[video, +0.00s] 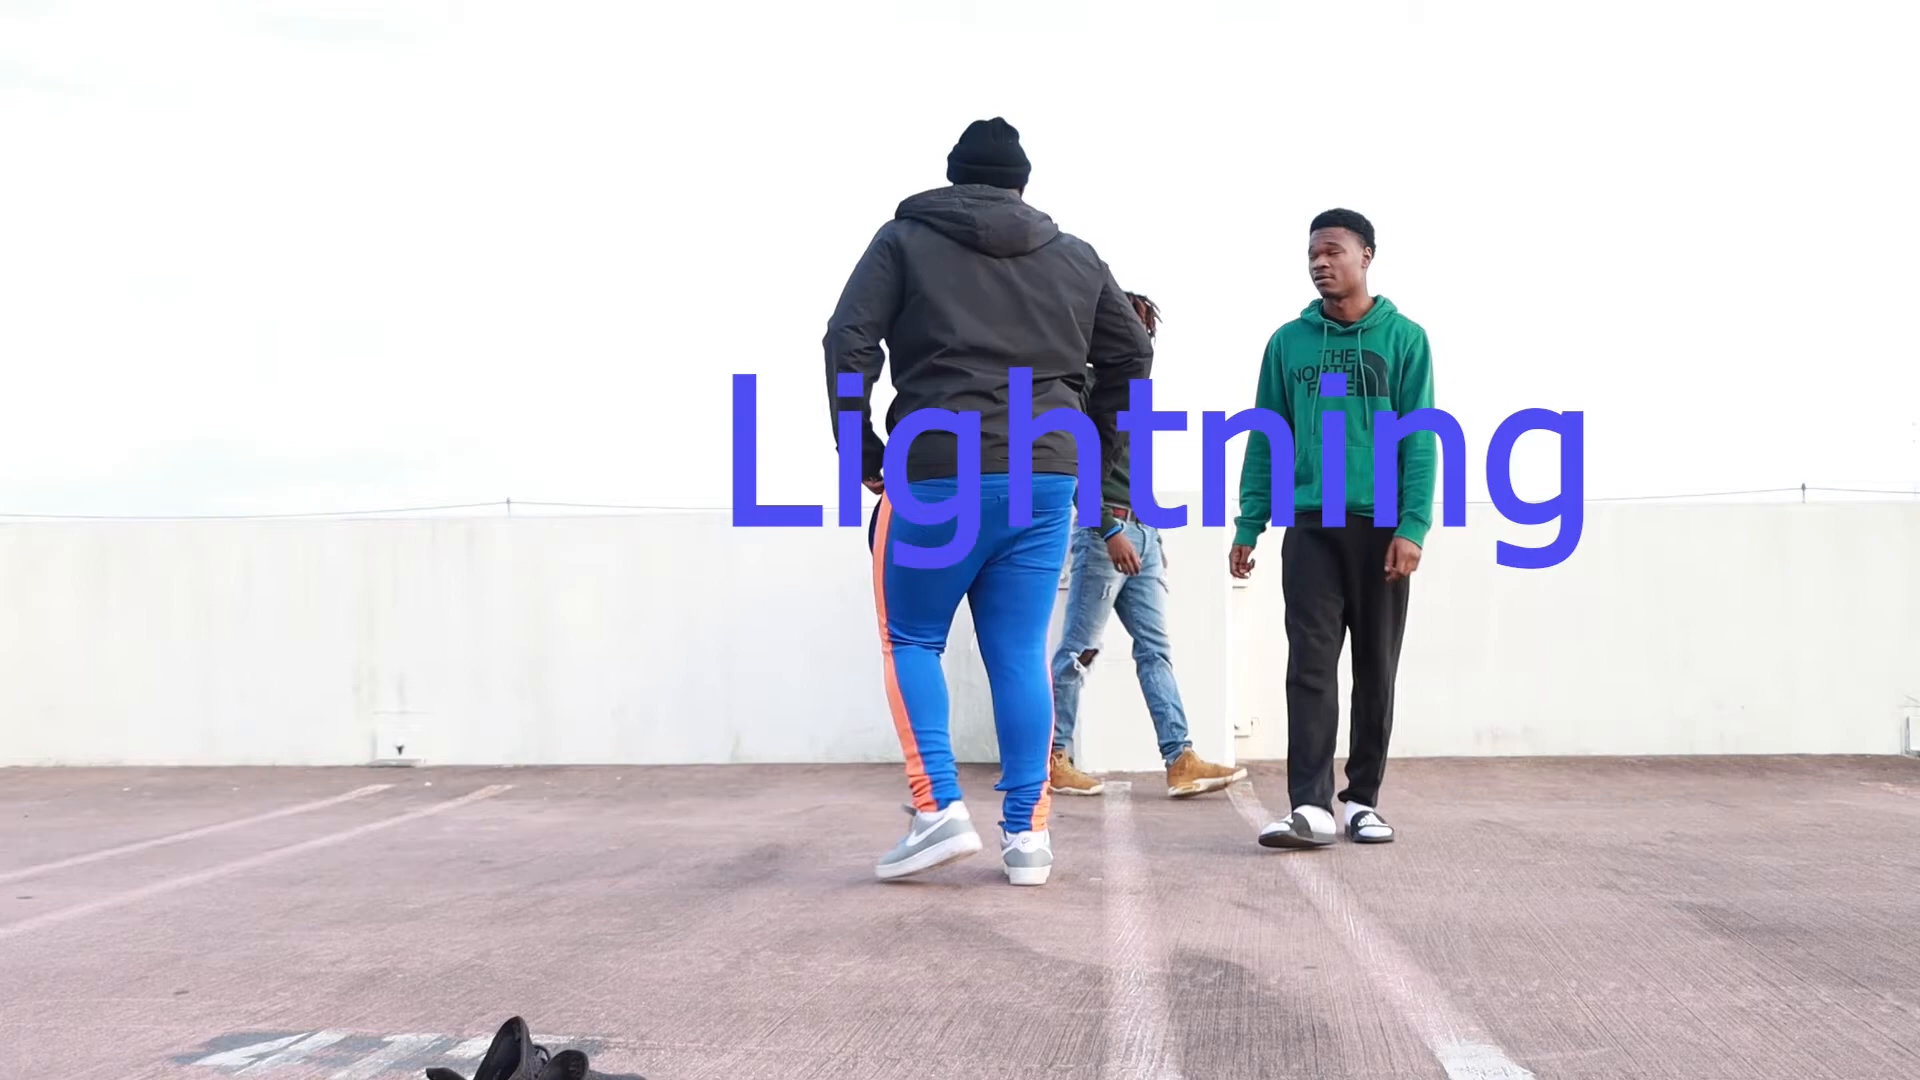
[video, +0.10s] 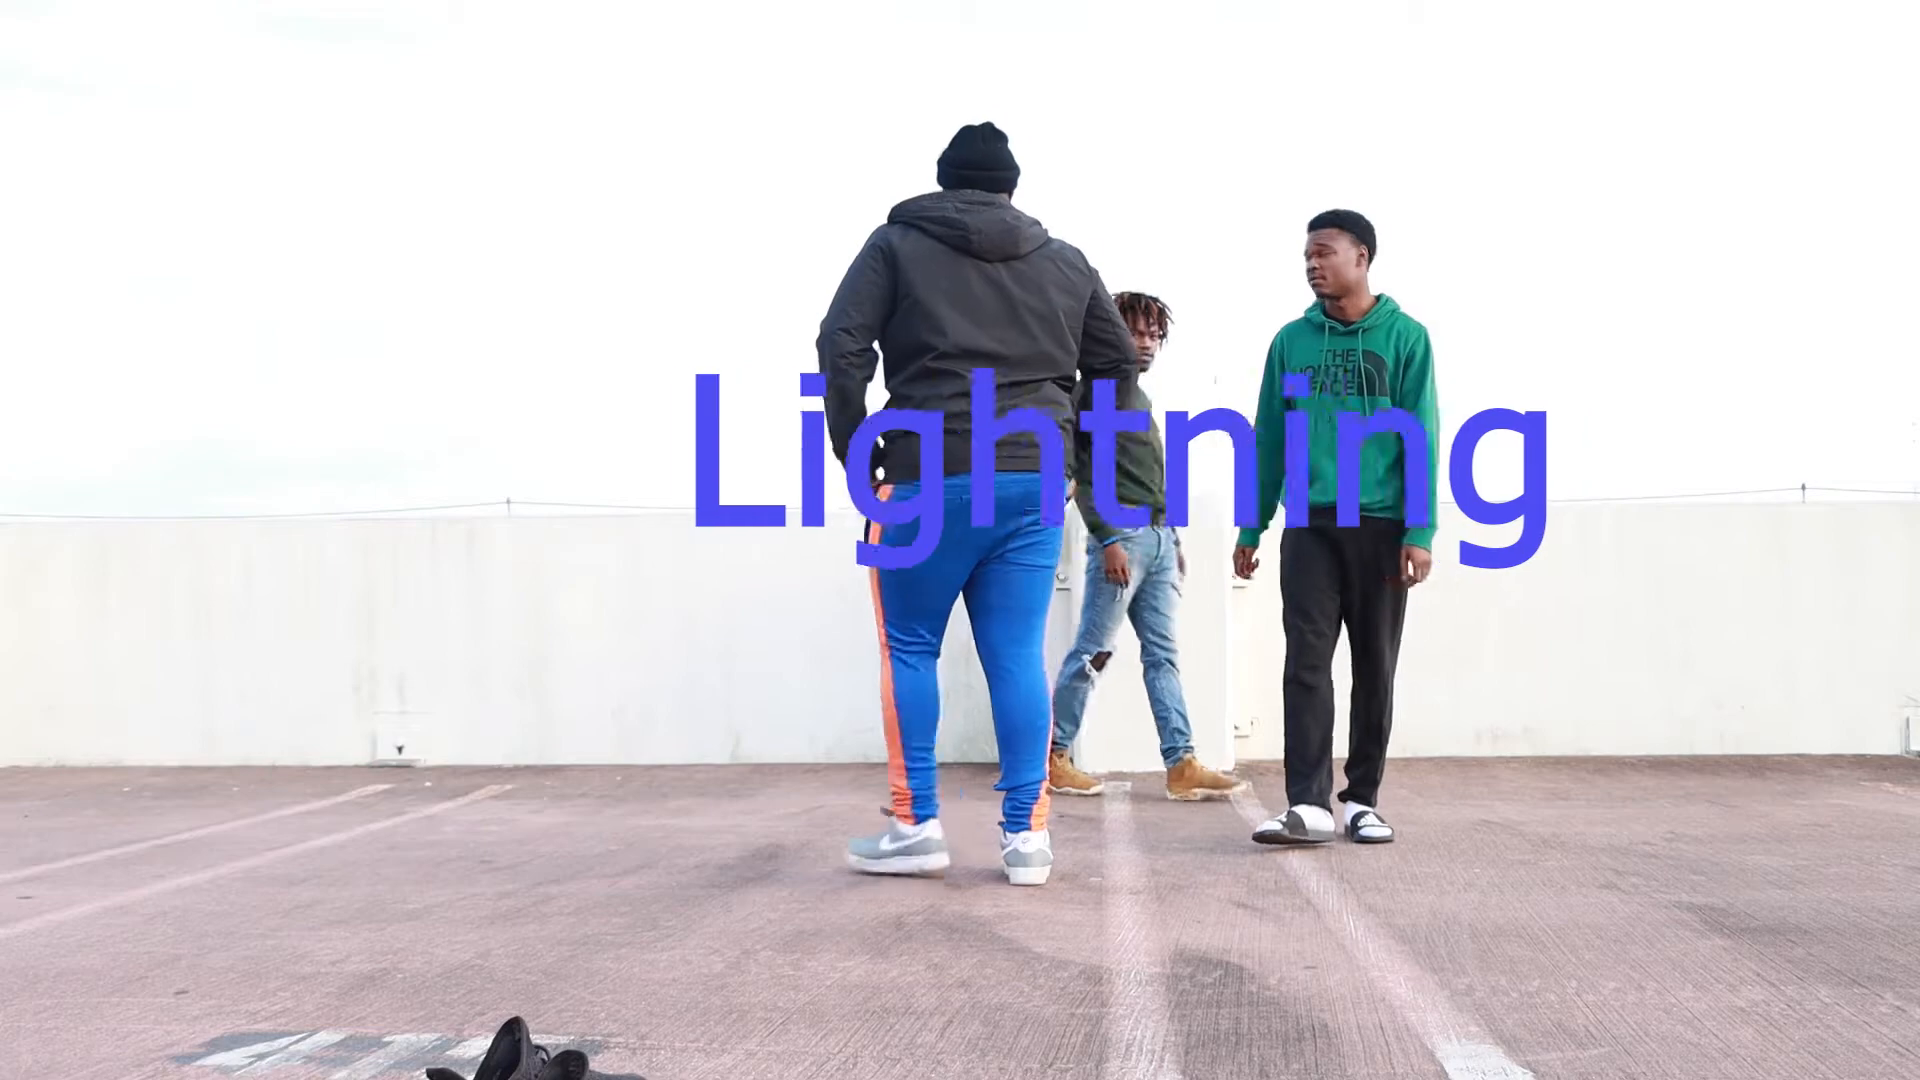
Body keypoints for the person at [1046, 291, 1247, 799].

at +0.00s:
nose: (1149, 334)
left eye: (1150, 325)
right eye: (1141, 323)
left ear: (1148, 330)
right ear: (1118, 326)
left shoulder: (1137, 388)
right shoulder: (1095, 383)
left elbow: (1129, 462)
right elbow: (1084, 456)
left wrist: (1147, 526)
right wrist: (1107, 528)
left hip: (1140, 528)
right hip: (1101, 527)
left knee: (1154, 646)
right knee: (1078, 647)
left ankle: (1180, 759)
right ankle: (1051, 754)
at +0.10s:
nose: (1149, 344)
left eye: (1156, 336)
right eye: (1140, 333)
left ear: (1160, 340)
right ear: (1114, 332)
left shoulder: (1138, 396)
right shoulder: (1093, 388)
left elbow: (1147, 472)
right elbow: (1075, 473)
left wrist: (1170, 539)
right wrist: (1105, 539)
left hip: (1157, 534)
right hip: (1118, 533)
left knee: (1162, 653)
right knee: (1092, 649)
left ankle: (1181, 763)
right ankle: (1053, 754)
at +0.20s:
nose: (1167, 342)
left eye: (1173, 334)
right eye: (1156, 332)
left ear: (1179, 339)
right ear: (1130, 335)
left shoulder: (1163, 399)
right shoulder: (1111, 391)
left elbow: (1177, 475)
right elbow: (1098, 473)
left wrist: (1200, 540)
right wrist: (1110, 543)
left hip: (1184, 535)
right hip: (1143, 533)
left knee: (1179, 656)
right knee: (1129, 651)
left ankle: (1185, 766)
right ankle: (1063, 746)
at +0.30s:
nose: (1182, 338)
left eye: (1189, 329)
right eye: (1172, 328)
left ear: (1197, 335)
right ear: (1147, 332)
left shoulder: (1185, 396)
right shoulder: (1123, 389)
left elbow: (1202, 471)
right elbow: (1108, 468)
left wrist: (1229, 530)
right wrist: (1119, 535)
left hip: (1204, 534)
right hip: (1162, 534)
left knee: (1195, 651)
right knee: (1176, 645)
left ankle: (1187, 765)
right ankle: (1092, 731)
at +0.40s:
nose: (1203, 336)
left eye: (1209, 328)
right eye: (1192, 326)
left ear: (1215, 334)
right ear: (1165, 329)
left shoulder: (1205, 391)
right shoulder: (1141, 384)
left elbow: (1225, 463)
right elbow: (1125, 462)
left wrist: (1254, 522)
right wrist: (1135, 531)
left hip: (1220, 525)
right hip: (1182, 523)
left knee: (1200, 644)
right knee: (1212, 637)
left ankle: (1187, 764)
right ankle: (1138, 736)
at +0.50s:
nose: (1219, 335)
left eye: (1225, 326)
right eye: (1208, 325)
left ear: (1232, 332)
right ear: (1183, 327)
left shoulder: (1222, 389)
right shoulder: (1158, 385)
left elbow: (1234, 460)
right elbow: (1144, 466)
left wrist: (1274, 497)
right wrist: (1158, 532)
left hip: (1228, 523)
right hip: (1194, 522)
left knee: (1205, 642)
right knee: (1238, 630)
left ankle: (1188, 764)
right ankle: (1203, 756)